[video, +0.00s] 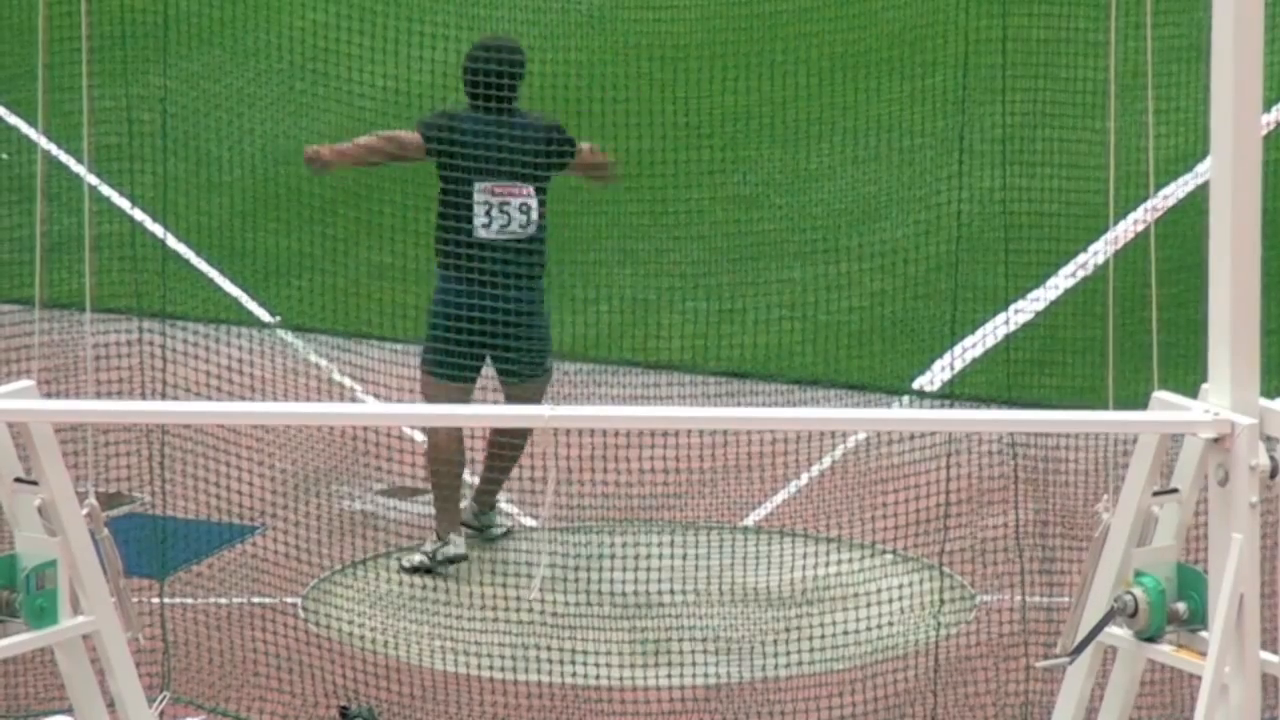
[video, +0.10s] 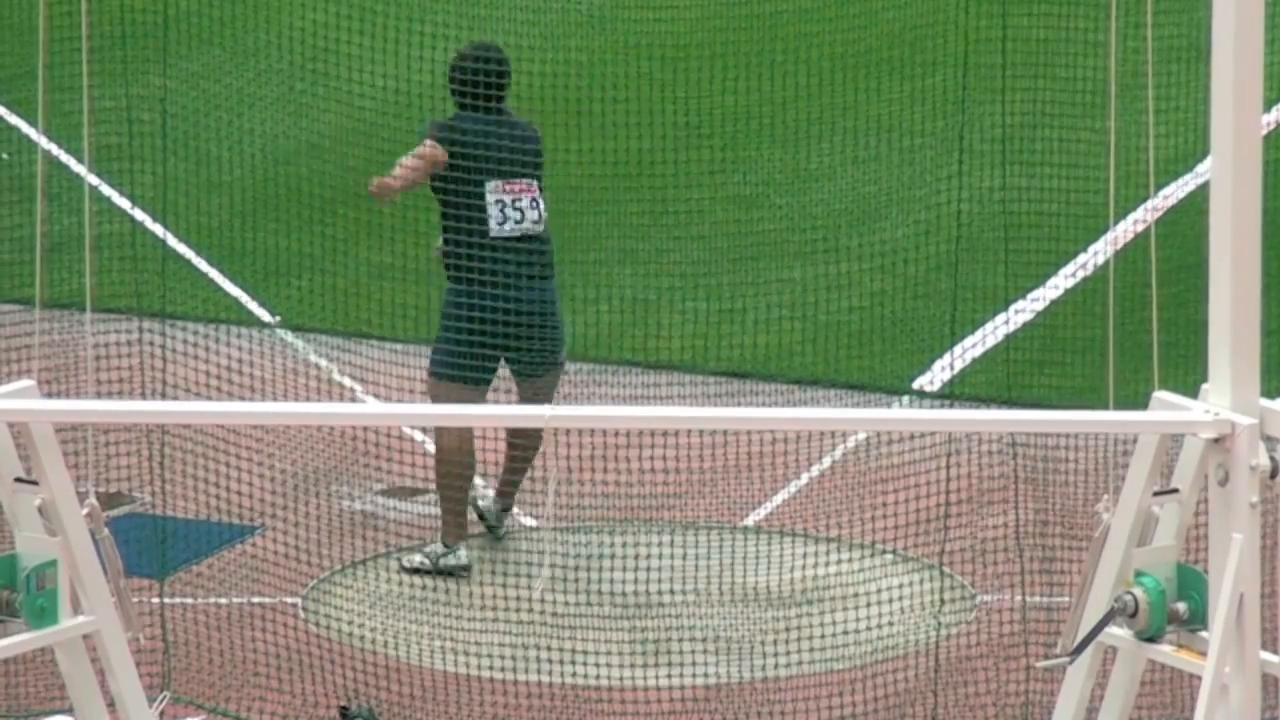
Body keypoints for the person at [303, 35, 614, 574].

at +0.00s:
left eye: (477, 76)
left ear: (469, 81)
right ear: (518, 83)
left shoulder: (451, 129)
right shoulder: (542, 135)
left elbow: (389, 146)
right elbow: (598, 166)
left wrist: (333, 154)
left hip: (458, 299)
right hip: (521, 302)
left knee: (443, 411)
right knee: (524, 404)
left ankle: (447, 537)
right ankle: (483, 506)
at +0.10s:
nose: (453, 91)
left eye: (454, 83)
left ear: (456, 86)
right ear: (504, 89)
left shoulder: (448, 135)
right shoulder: (528, 136)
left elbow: (396, 183)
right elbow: (516, 205)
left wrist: (383, 186)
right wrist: (461, 241)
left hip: (475, 303)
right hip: (537, 302)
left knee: (452, 415)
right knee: (537, 401)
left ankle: (451, 546)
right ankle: (500, 504)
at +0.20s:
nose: (458, 96)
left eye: (459, 86)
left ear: (460, 88)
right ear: (506, 90)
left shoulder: (462, 135)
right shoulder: (523, 135)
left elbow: (453, 189)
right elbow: (475, 199)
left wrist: (438, 241)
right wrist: (414, 224)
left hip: (484, 302)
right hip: (541, 299)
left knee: (460, 415)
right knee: (551, 392)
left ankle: (454, 547)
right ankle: (536, 497)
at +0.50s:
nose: (499, 89)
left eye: (500, 81)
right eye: (507, 79)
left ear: (504, 87)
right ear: (548, 84)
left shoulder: (507, 150)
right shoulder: (567, 136)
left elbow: (509, 232)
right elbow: (538, 201)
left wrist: (493, 302)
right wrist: (472, 216)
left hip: (519, 299)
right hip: (568, 299)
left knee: (481, 412)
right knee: (557, 408)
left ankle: (461, 541)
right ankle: (586, 524)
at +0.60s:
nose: (516, 81)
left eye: (516, 73)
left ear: (516, 79)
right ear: (562, 78)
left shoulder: (515, 140)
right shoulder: (584, 134)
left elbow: (503, 226)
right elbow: (582, 214)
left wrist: (485, 292)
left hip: (523, 297)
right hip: (579, 297)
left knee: (484, 403)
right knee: (564, 403)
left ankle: (473, 532)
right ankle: (586, 524)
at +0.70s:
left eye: (528, 68)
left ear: (524, 74)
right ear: (573, 75)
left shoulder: (516, 138)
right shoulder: (595, 131)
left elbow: (496, 222)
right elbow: (607, 199)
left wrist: (465, 287)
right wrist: (619, 240)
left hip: (526, 294)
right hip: (585, 293)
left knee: (485, 393)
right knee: (568, 399)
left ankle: (510, 523)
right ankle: (587, 522)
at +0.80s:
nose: (544, 77)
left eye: (539, 67)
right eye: (554, 67)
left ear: (532, 74)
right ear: (581, 73)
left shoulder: (517, 135)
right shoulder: (604, 129)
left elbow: (486, 214)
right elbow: (650, 182)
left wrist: (455, 277)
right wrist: (687, 221)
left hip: (526, 293)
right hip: (587, 293)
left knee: (502, 401)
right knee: (575, 402)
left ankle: (520, 528)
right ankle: (586, 522)